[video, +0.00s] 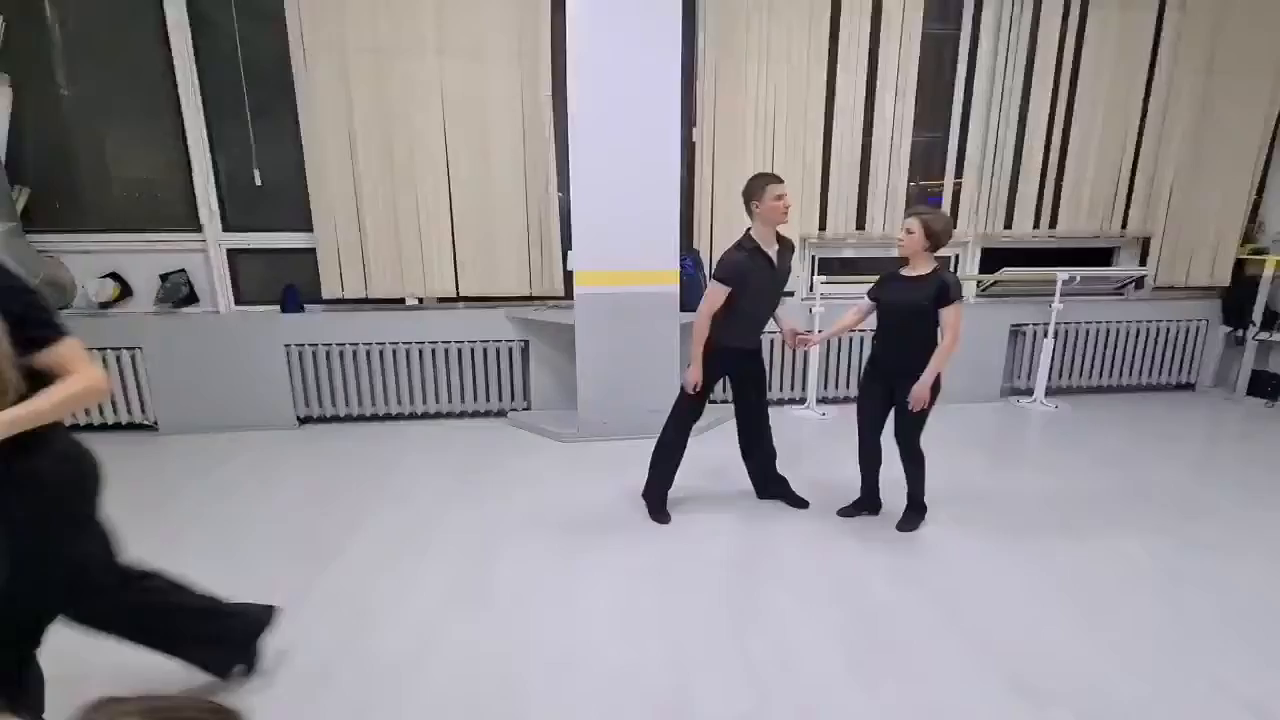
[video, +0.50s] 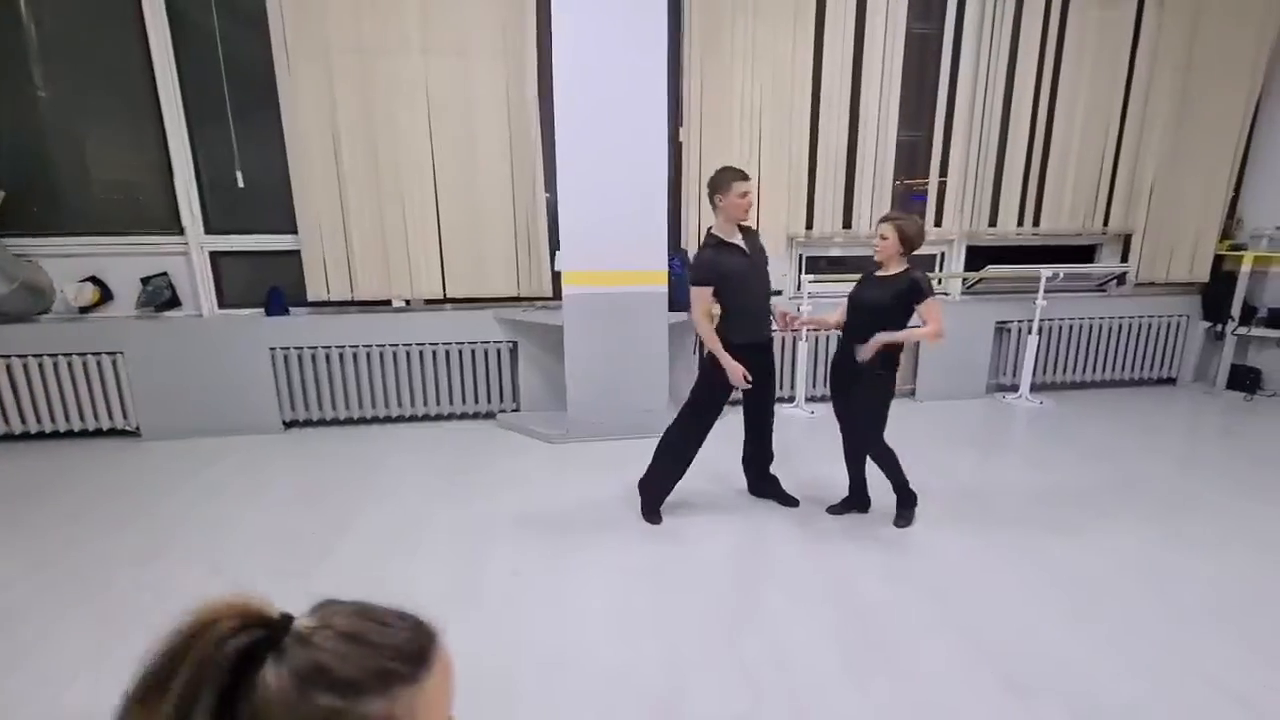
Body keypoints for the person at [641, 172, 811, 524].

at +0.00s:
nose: (787, 203)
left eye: (786, 197)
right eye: (778, 198)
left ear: (781, 204)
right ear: (756, 207)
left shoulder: (785, 248)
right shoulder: (736, 259)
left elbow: (769, 294)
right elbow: (703, 313)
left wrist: (786, 325)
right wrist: (695, 365)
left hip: (748, 349)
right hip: (714, 349)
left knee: (755, 418)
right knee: (683, 418)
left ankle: (768, 484)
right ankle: (655, 491)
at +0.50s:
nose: (750, 202)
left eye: (751, 196)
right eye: (742, 196)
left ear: (748, 199)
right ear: (719, 200)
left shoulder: (752, 241)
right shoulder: (708, 256)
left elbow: (753, 295)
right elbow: (700, 317)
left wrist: (777, 311)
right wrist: (724, 360)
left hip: (759, 347)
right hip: (725, 351)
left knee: (760, 419)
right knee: (694, 423)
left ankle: (760, 480)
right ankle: (652, 489)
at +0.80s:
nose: (720, 219)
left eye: (721, 212)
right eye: (715, 212)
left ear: (702, 214)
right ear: (693, 212)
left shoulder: (712, 251)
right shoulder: (665, 264)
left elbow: (733, 293)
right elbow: (657, 324)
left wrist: (771, 299)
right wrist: (684, 369)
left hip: (739, 349)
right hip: (708, 358)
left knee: (756, 415)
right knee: (692, 431)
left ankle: (762, 481)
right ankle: (644, 491)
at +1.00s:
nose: (698, 222)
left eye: (699, 216)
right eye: (692, 215)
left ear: (675, 217)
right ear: (669, 215)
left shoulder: (686, 260)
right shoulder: (636, 260)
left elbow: (727, 293)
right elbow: (614, 316)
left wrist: (775, 300)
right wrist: (635, 366)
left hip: (688, 356)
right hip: (657, 362)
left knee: (722, 417)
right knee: (664, 437)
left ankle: (755, 481)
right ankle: (637, 497)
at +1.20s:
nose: (685, 216)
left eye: (686, 209)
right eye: (679, 209)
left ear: (669, 211)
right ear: (655, 209)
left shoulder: (673, 255)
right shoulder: (622, 253)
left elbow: (717, 292)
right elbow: (588, 299)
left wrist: (768, 300)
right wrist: (572, 347)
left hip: (643, 351)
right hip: (613, 354)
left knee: (675, 422)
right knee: (632, 430)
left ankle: (685, 502)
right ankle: (621, 499)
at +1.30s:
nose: (681, 216)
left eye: (681, 209)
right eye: (674, 209)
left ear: (663, 213)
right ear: (650, 210)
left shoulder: (666, 256)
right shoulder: (615, 253)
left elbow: (712, 290)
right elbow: (575, 294)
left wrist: (765, 299)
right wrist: (551, 338)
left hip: (634, 350)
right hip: (603, 351)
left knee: (650, 426)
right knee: (615, 426)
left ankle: (667, 505)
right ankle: (615, 503)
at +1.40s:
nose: (671, 219)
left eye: (672, 212)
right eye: (664, 212)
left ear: (657, 216)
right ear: (641, 214)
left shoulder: (662, 258)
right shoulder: (610, 255)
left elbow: (703, 293)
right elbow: (570, 294)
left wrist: (759, 302)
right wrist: (549, 335)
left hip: (632, 351)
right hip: (599, 353)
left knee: (656, 421)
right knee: (619, 423)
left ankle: (667, 499)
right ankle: (612, 502)